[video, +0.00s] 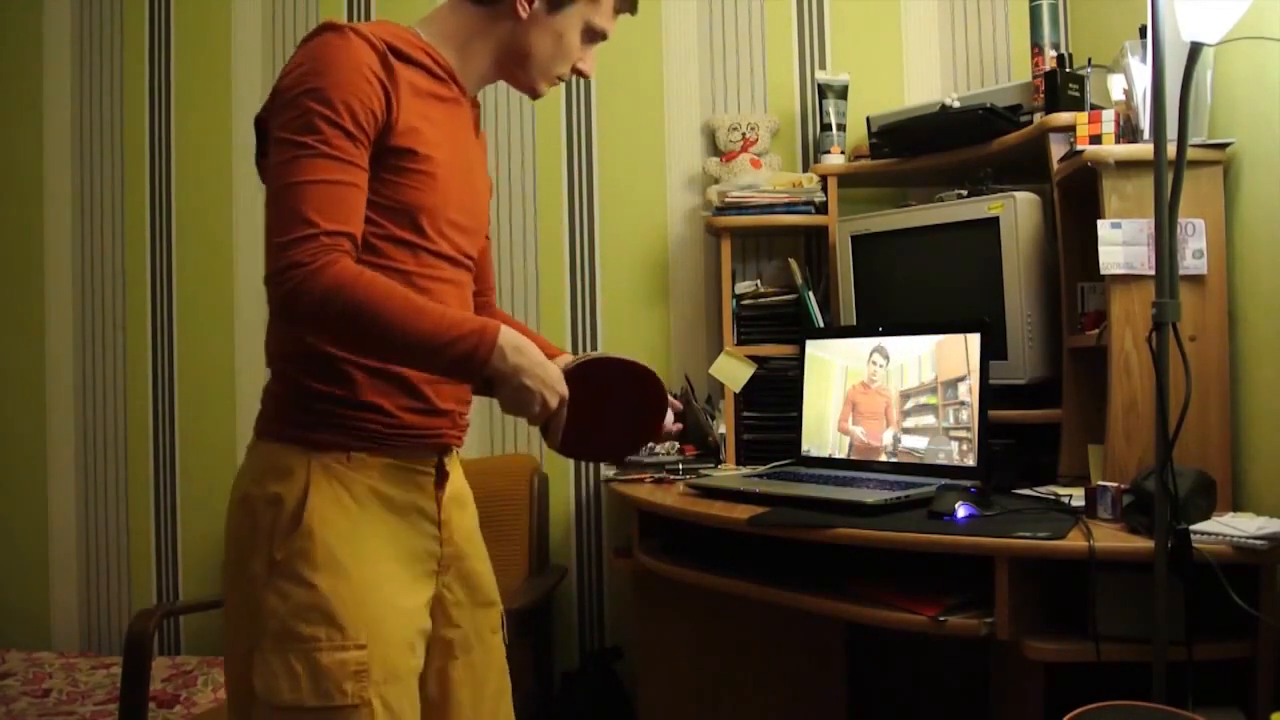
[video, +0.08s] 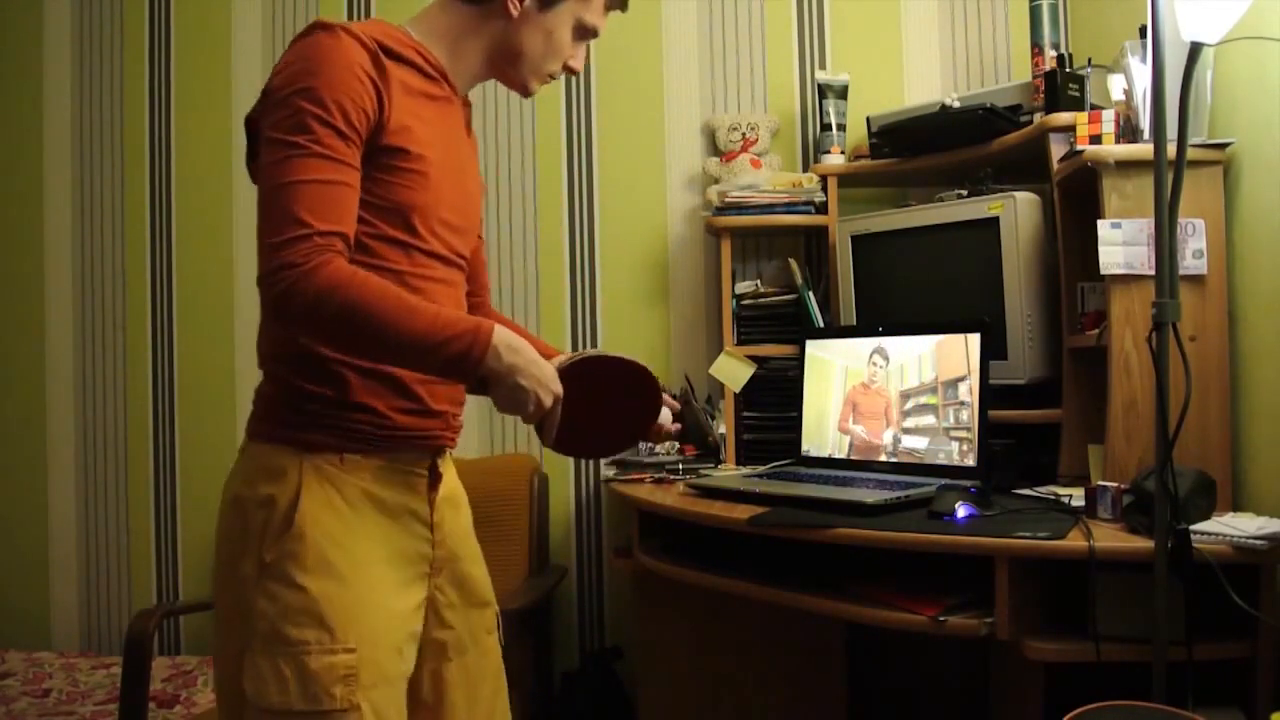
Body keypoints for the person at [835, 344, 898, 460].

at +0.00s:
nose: (876, 369)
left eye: (881, 366)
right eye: (873, 363)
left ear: (885, 369)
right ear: (867, 363)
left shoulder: (887, 394)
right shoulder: (854, 391)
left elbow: (893, 425)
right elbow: (842, 424)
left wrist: (888, 434)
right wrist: (853, 430)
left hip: (879, 452)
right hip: (858, 451)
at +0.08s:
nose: (876, 370)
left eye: (881, 367)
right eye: (874, 364)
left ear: (885, 370)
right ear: (867, 364)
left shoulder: (886, 395)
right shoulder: (854, 392)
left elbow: (893, 425)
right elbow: (842, 424)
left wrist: (888, 434)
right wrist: (853, 430)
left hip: (879, 451)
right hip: (858, 451)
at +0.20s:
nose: (878, 372)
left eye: (882, 369)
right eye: (875, 367)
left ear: (886, 372)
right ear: (869, 367)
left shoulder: (887, 396)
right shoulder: (857, 393)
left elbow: (893, 426)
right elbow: (844, 425)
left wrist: (889, 435)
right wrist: (858, 429)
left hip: (879, 450)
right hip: (859, 449)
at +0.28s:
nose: (879, 374)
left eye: (883, 371)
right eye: (877, 369)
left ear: (887, 374)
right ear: (871, 369)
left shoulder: (888, 398)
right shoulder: (858, 396)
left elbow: (894, 426)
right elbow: (845, 426)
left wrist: (889, 436)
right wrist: (862, 429)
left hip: (880, 452)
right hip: (860, 451)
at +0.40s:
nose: (882, 378)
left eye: (887, 375)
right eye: (880, 373)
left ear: (890, 378)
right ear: (875, 372)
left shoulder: (890, 402)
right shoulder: (862, 398)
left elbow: (896, 429)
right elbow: (851, 428)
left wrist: (890, 437)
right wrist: (866, 430)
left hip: (882, 454)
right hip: (863, 452)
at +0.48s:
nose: (883, 380)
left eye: (888, 377)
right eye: (882, 374)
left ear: (892, 379)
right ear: (876, 373)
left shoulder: (891, 402)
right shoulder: (863, 399)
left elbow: (896, 429)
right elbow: (853, 428)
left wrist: (890, 437)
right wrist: (868, 429)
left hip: (882, 453)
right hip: (864, 452)